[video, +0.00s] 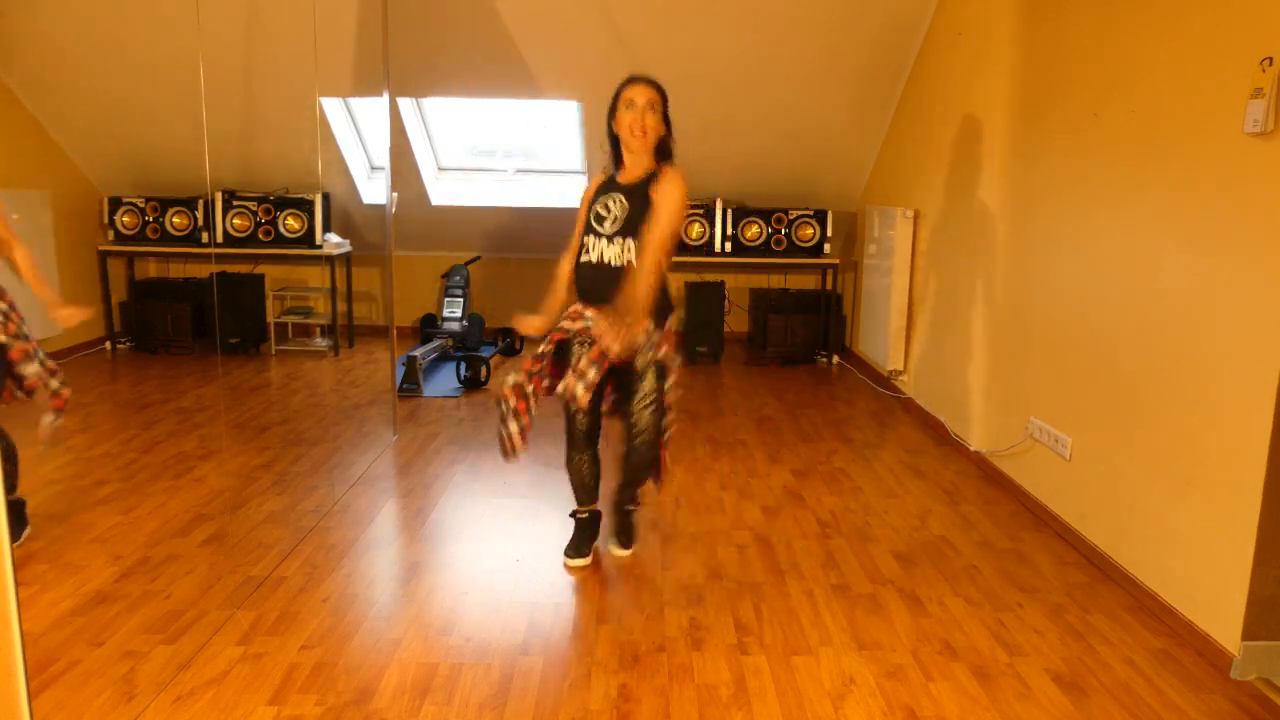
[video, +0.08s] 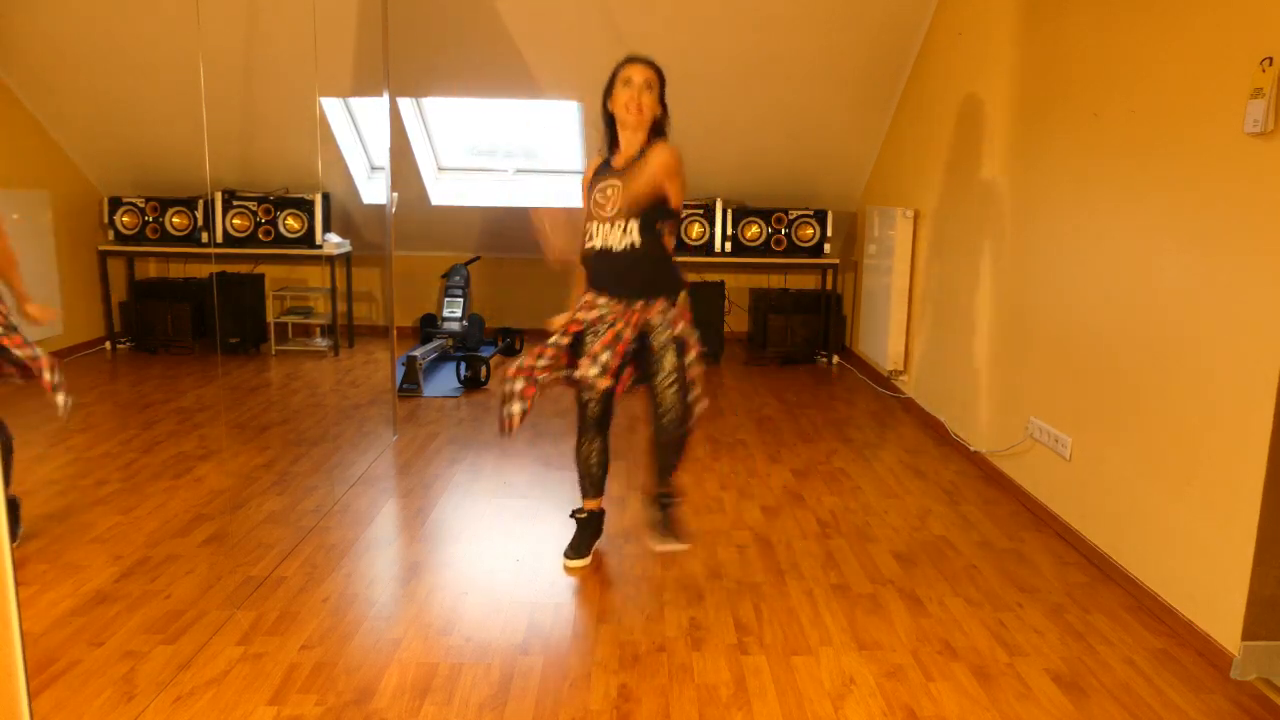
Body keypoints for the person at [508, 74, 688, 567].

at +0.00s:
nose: (639, 116)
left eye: (650, 109)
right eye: (629, 107)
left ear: (663, 124)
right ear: (614, 121)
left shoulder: (668, 183)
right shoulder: (598, 189)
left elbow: (653, 256)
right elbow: (571, 258)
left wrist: (629, 317)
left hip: (643, 317)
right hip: (588, 315)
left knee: (644, 425)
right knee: (581, 420)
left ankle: (625, 504)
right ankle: (585, 515)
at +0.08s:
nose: (636, 94)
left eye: (647, 87)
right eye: (626, 85)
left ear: (659, 103)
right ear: (609, 98)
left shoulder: (664, 158)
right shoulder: (598, 170)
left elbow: (631, 200)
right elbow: (591, 247)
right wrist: (577, 307)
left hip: (659, 306)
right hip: (604, 304)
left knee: (672, 411)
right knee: (593, 412)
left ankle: (664, 497)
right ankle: (590, 516)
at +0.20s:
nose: (637, 80)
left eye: (650, 73)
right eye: (627, 71)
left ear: (664, 89)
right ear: (608, 86)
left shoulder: (668, 140)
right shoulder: (603, 159)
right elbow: (607, 234)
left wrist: (567, 70)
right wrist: (605, 294)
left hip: (677, 297)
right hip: (621, 301)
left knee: (707, 399)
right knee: (607, 408)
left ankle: (734, 498)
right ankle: (594, 514)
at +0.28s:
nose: (640, 85)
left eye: (649, 76)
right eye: (631, 78)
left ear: (666, 87)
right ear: (618, 95)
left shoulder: (675, 141)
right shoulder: (613, 167)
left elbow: (640, 67)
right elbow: (611, 246)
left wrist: (605, 15)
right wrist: (611, 303)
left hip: (687, 302)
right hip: (631, 306)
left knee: (727, 407)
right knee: (617, 414)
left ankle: (768, 503)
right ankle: (599, 516)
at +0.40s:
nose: (661, 111)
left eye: (671, 102)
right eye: (650, 102)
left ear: (685, 115)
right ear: (636, 117)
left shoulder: (700, 160)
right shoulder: (634, 186)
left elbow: (697, 66)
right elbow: (632, 259)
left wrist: (688, 5)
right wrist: (630, 318)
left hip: (711, 314)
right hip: (654, 319)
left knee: (744, 422)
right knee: (633, 422)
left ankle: (786, 515)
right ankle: (606, 523)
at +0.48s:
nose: (678, 122)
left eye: (688, 114)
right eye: (668, 113)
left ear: (703, 125)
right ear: (651, 125)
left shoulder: (720, 164)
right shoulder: (649, 200)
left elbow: (741, 77)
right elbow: (648, 271)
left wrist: (748, 10)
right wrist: (637, 332)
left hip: (745, 321)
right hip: (682, 324)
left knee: (767, 429)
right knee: (647, 419)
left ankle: (787, 519)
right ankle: (607, 524)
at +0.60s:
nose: (699, 132)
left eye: (708, 124)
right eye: (689, 124)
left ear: (722, 135)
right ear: (672, 138)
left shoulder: (743, 166)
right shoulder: (672, 214)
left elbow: (794, 101)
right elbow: (661, 280)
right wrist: (646, 334)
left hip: (786, 319)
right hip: (724, 326)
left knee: (798, 429)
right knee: (681, 423)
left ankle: (791, 517)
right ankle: (633, 504)